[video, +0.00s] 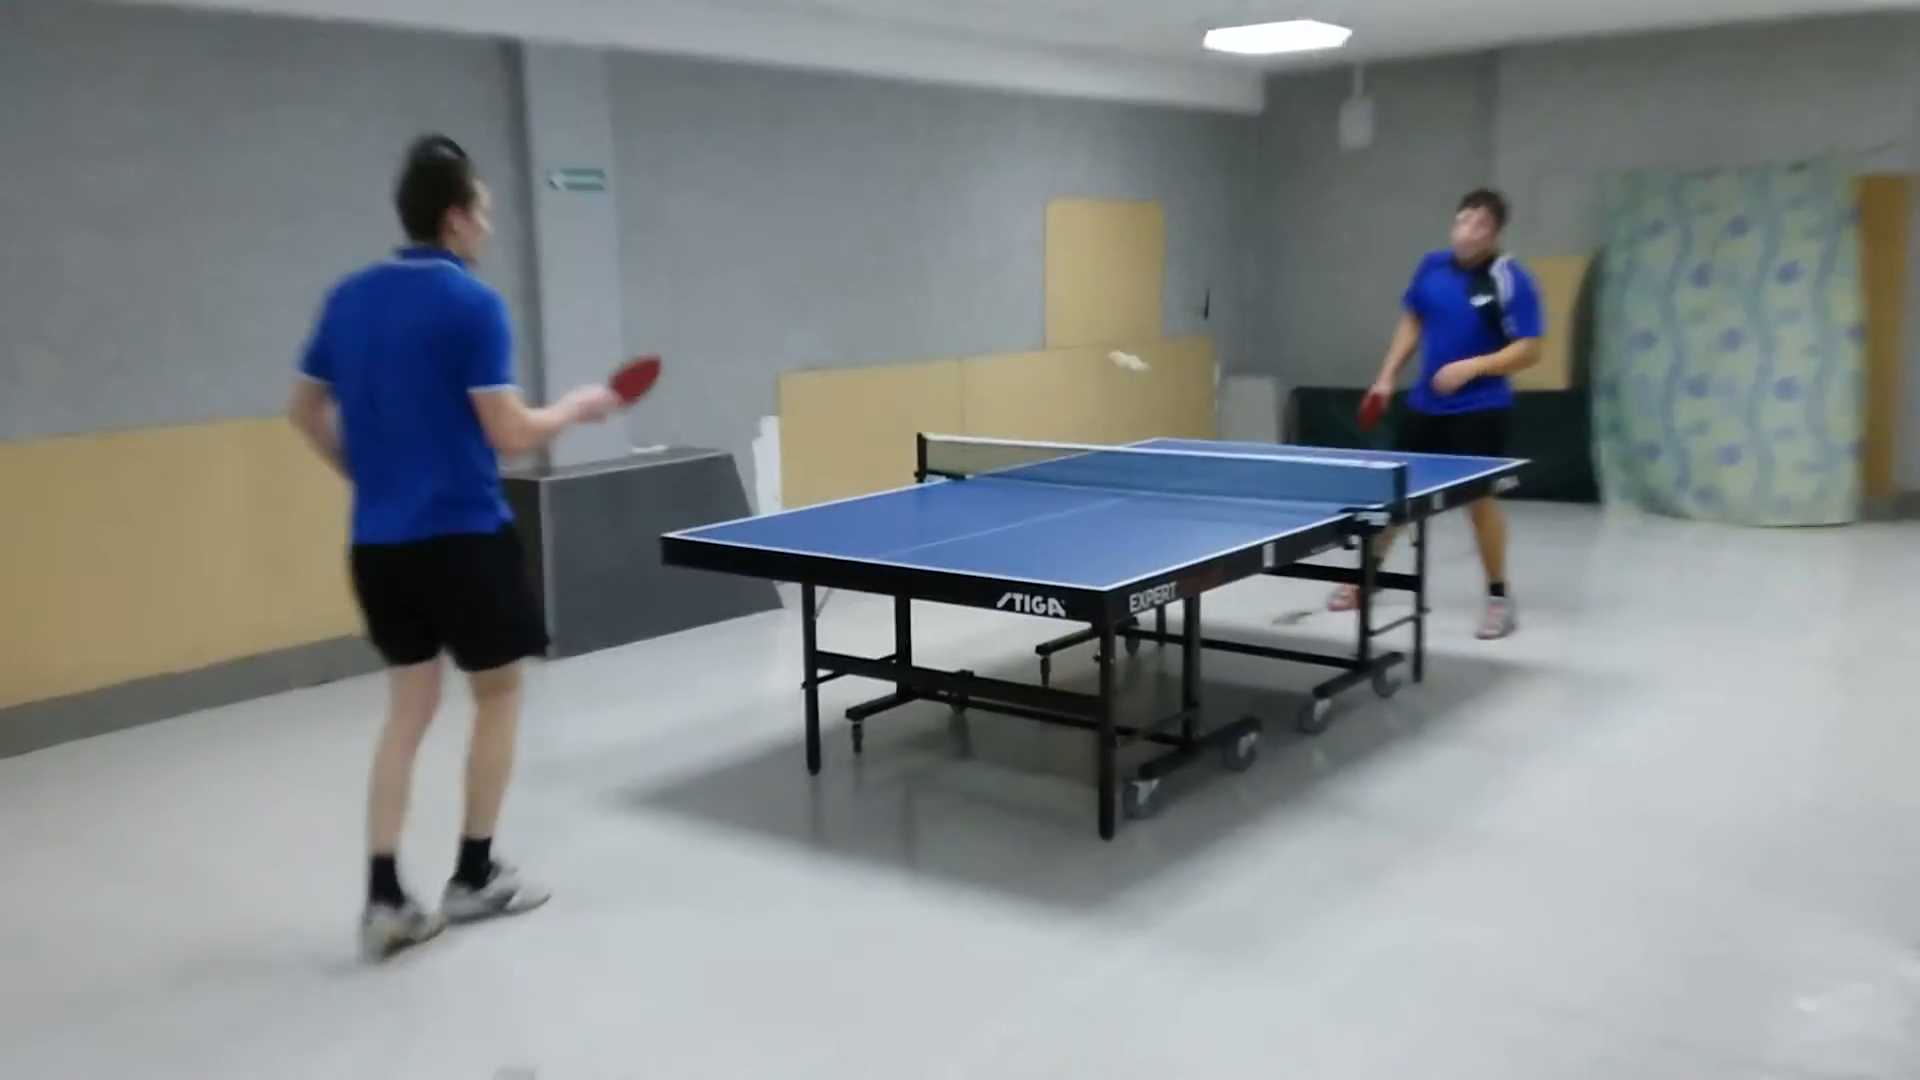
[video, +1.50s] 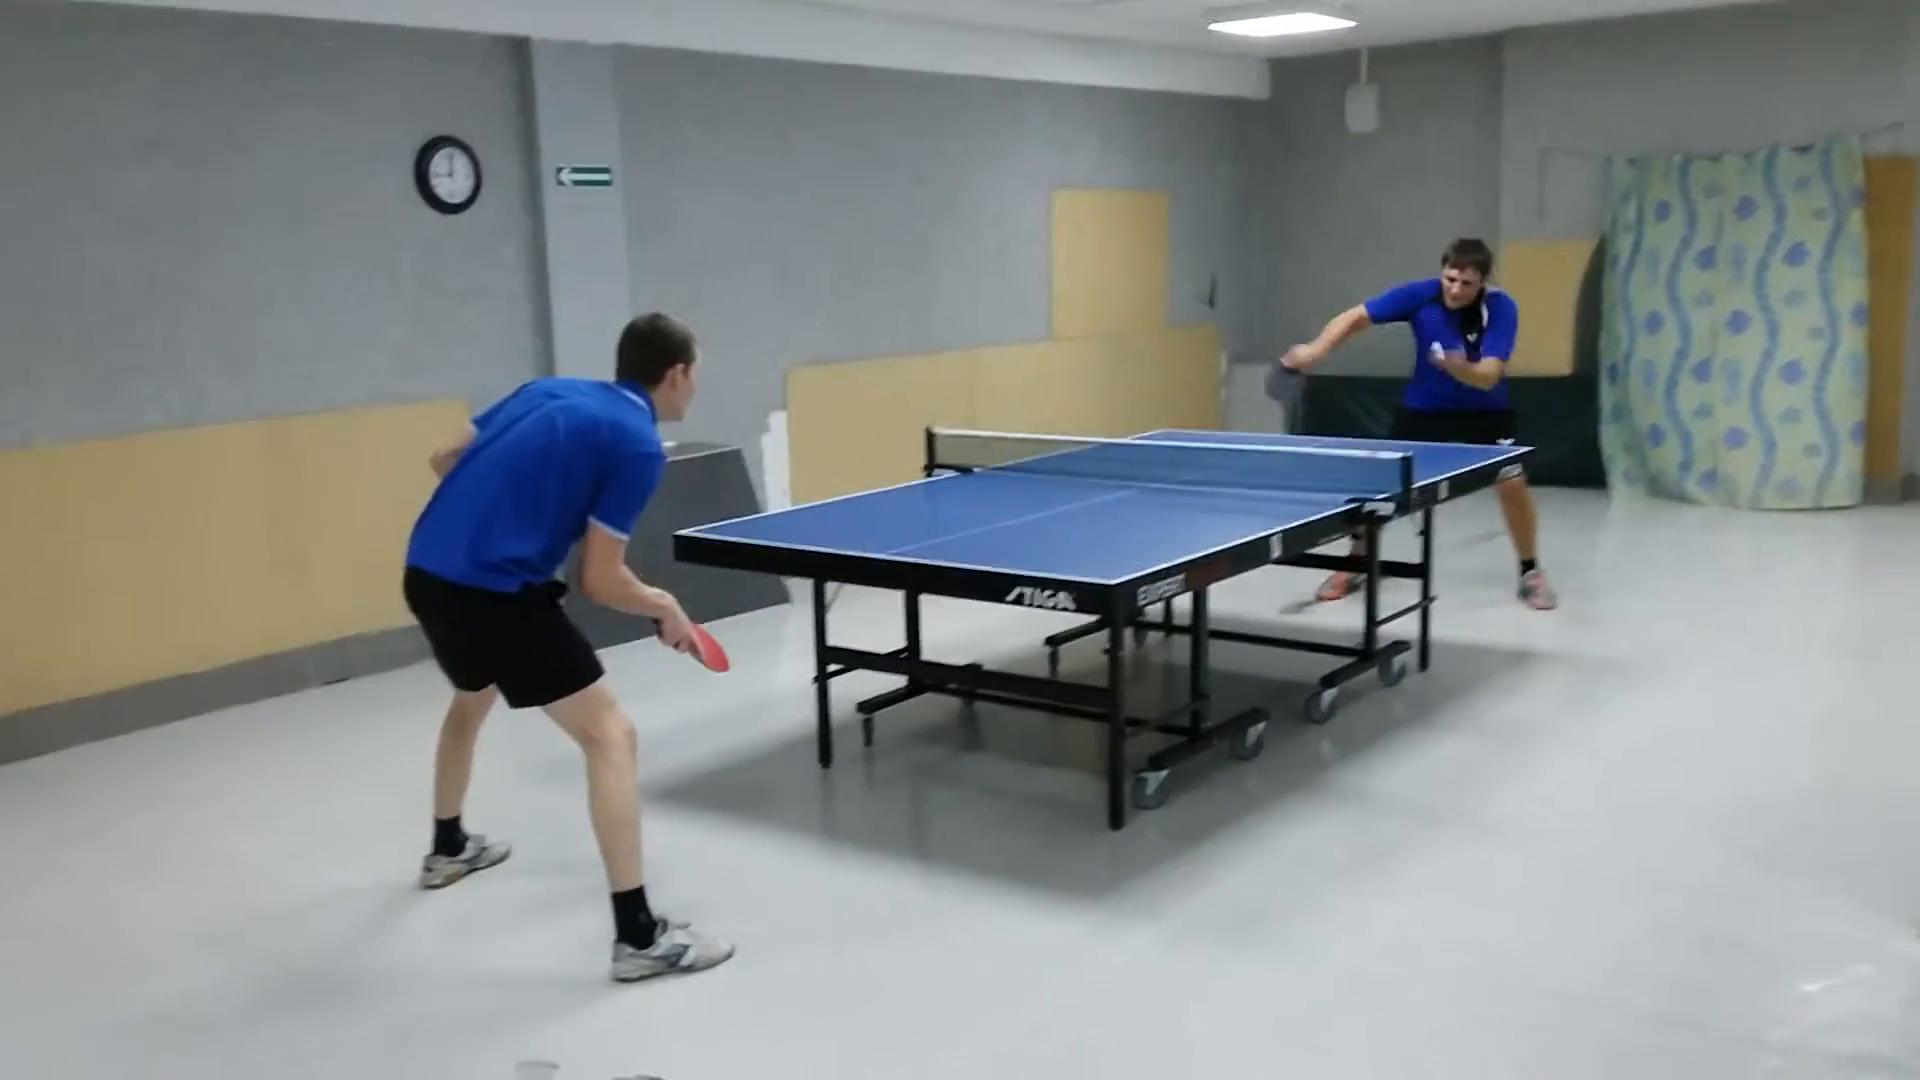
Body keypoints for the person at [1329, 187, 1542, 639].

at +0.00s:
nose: (1466, 230)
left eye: (1479, 225)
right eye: (1462, 221)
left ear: (1495, 235)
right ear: (1453, 225)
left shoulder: (1508, 278)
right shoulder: (1433, 267)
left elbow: (1527, 349)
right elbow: (1411, 322)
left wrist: (1469, 367)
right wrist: (1386, 378)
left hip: (1481, 410)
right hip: (1425, 405)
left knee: (1479, 499)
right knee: (1395, 494)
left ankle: (1497, 597)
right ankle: (1364, 580)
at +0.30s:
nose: (1422, 255)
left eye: (1431, 247)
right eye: (1414, 246)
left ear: (1445, 249)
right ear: (1402, 248)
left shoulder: (1467, 288)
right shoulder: (1377, 290)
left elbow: (1502, 343)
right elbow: (1350, 345)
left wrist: (1483, 351)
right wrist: (1335, 402)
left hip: (1458, 416)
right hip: (1394, 416)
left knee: (1483, 498)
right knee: (1366, 498)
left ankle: (1509, 596)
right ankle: (1345, 580)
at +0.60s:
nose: (1442, 282)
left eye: (1450, 274)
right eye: (1434, 273)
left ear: (1463, 273)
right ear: (1421, 270)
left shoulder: (1482, 302)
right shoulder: (1398, 304)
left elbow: (1508, 363)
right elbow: (1373, 351)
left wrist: (1494, 368)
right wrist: (1345, 397)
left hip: (1478, 419)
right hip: (1414, 419)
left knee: (1503, 496)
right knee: (1373, 497)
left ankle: (1525, 589)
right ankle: (1347, 580)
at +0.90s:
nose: (1435, 356)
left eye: (1444, 351)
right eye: (1430, 347)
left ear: (1461, 344)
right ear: (1422, 333)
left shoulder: (1481, 357)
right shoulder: (1396, 342)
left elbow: (1489, 424)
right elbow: (1357, 373)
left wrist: (1459, 446)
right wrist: (1355, 415)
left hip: (1465, 439)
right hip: (1405, 435)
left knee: (1508, 489)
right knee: (1357, 480)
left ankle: (1524, 589)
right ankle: (1345, 580)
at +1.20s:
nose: (1438, 343)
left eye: (1449, 338)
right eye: (1435, 332)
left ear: (1465, 338)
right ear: (1426, 322)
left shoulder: (1481, 355)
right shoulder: (1406, 330)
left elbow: (1478, 422)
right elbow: (1344, 352)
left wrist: (1454, 433)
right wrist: (1358, 390)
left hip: (1464, 431)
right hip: (1406, 425)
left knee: (1517, 472)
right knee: (1367, 467)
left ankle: (1537, 565)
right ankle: (1352, 558)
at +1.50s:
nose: (1456, 290)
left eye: (1466, 283)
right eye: (1450, 280)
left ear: (1482, 282)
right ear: (1441, 273)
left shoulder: (1499, 308)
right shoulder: (1421, 296)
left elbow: (1491, 375)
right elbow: (1357, 317)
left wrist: (1459, 369)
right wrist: (1314, 350)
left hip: (1485, 416)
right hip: (1424, 413)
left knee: (1512, 479)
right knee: (1378, 485)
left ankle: (1530, 572)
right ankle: (1356, 565)